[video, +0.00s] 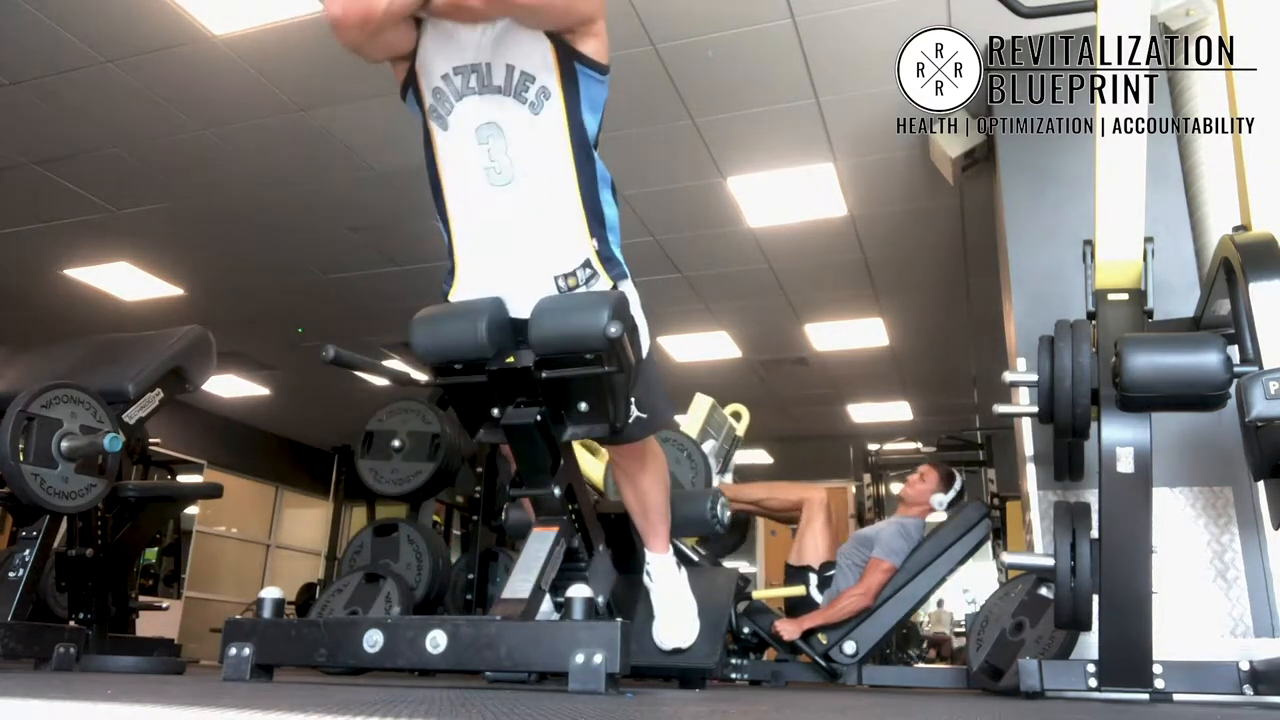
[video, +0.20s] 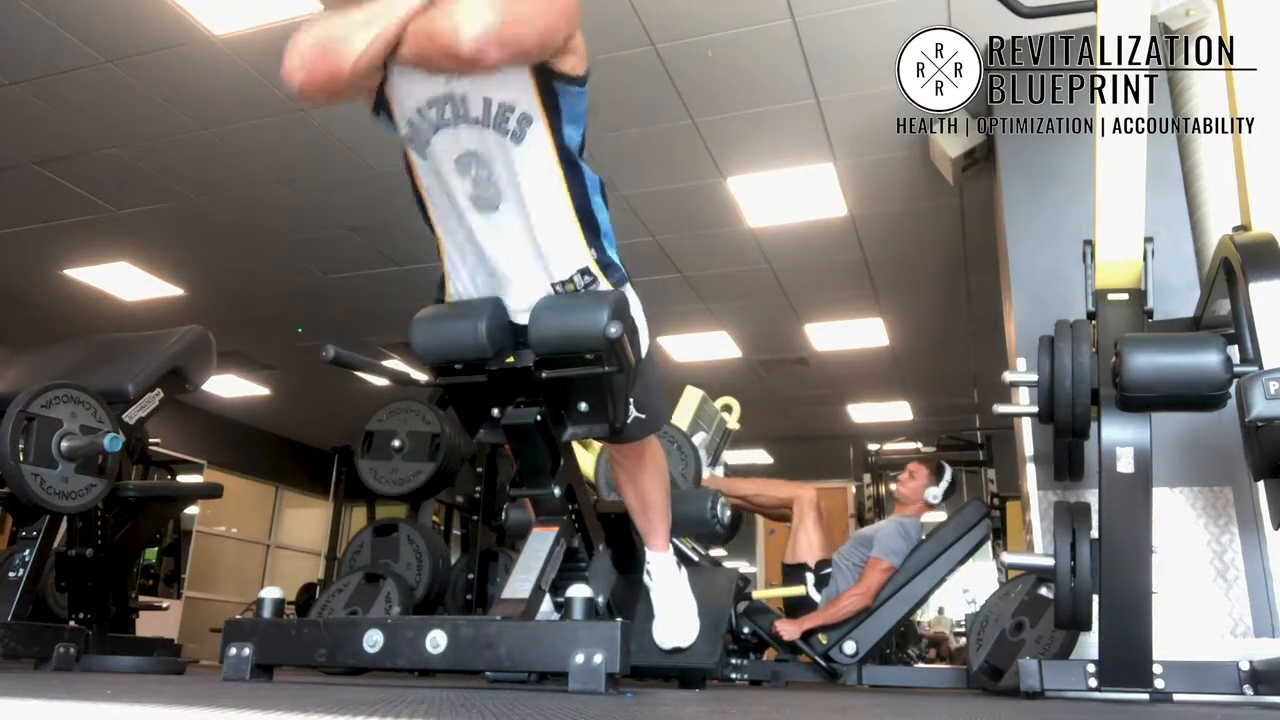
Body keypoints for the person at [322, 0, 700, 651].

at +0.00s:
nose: (473, 4)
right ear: (445, 1)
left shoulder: (577, 13)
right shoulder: (418, 41)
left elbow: (485, 6)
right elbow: (344, 12)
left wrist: (420, 1)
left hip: (585, 273)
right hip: (480, 285)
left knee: (629, 428)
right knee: (514, 438)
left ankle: (660, 565)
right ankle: (544, 551)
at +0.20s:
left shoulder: (550, 10)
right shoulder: (386, 45)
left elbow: (478, 39)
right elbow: (303, 74)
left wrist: (371, 26)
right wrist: (413, 4)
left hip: (577, 276)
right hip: (475, 294)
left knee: (628, 428)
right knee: (520, 436)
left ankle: (660, 561)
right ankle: (545, 538)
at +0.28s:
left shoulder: (536, 12)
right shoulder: (363, 42)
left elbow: (466, 77)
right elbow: (286, 107)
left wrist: (358, 55)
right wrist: (404, 20)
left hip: (577, 284)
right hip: (478, 303)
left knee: (628, 426)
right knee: (519, 437)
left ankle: (660, 560)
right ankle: (549, 535)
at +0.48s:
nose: (343, 30)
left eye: (363, 6)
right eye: (330, 11)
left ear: (416, 7)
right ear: (319, 21)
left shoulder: (497, 79)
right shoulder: (311, 124)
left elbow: (454, 213)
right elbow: (272, 253)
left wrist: (336, 173)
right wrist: (384, 155)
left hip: (571, 291)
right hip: (470, 309)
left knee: (629, 422)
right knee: (510, 434)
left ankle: (661, 559)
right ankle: (547, 531)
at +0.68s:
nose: (323, 175)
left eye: (339, 148)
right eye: (304, 154)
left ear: (393, 111)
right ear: (287, 139)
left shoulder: (490, 169)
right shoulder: (296, 219)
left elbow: (470, 360)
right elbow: (297, 383)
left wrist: (350, 308)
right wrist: (390, 292)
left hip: (573, 305)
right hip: (469, 329)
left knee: (628, 422)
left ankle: (661, 559)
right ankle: (548, 526)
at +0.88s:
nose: (327, 300)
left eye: (342, 279)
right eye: (311, 283)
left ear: (394, 226)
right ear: (292, 257)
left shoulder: (496, 244)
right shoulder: (304, 291)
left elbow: (495, 447)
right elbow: (325, 463)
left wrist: (367, 381)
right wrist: (417, 396)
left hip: (574, 301)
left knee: (632, 426)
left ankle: (662, 560)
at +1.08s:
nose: (352, 390)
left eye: (365, 371)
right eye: (334, 375)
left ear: (408, 313)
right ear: (307, 345)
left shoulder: (503, 310)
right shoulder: (317, 351)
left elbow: (518, 502)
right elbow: (351, 506)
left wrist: (392, 447)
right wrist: (431, 473)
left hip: (577, 274)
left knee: (630, 422)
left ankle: (661, 562)